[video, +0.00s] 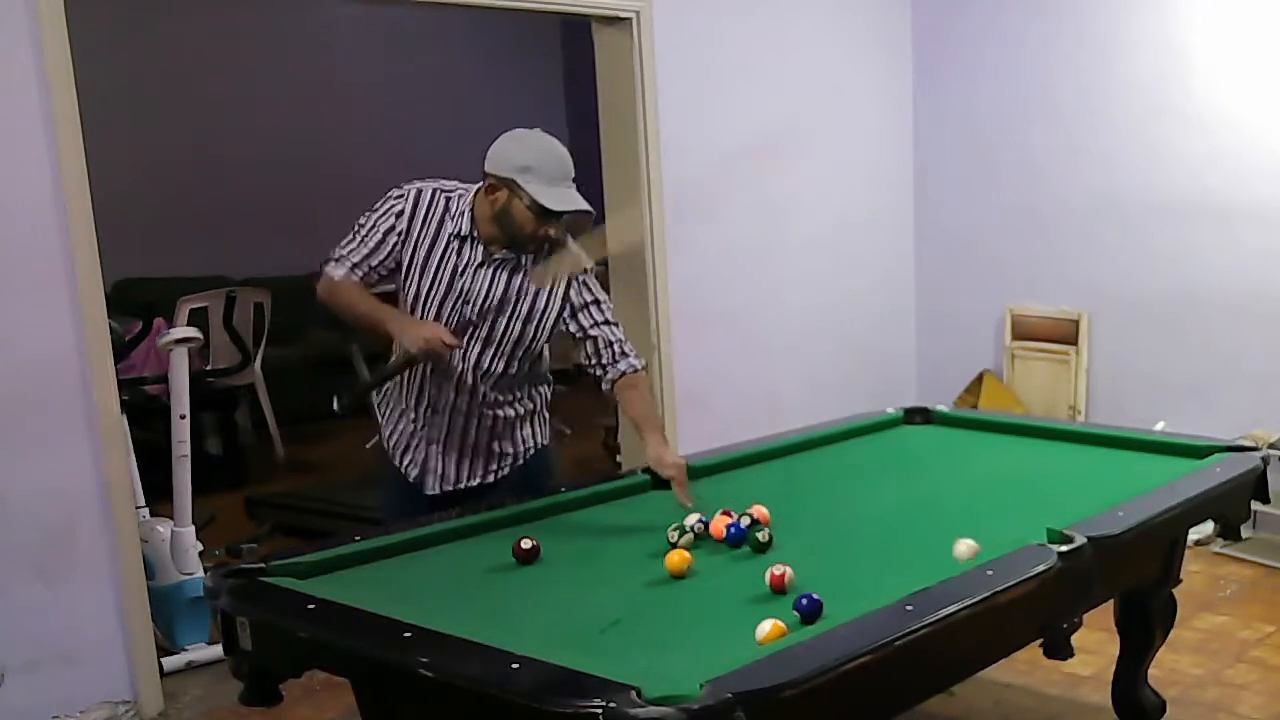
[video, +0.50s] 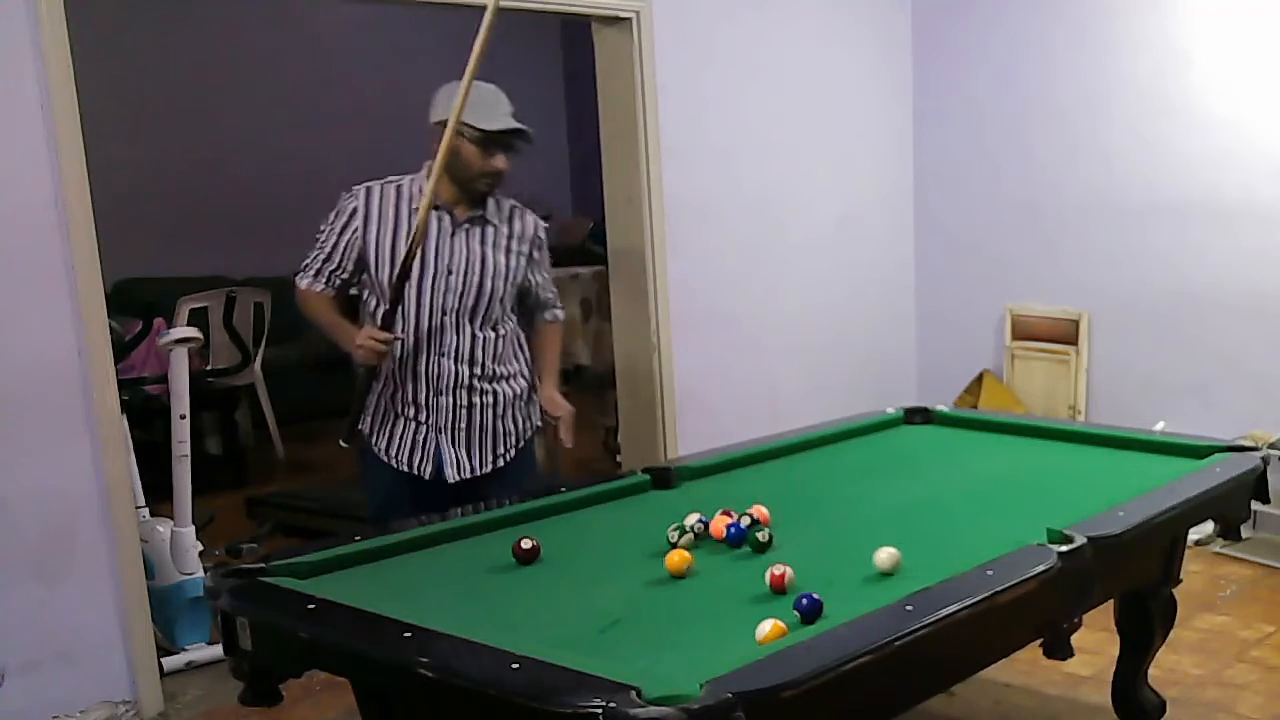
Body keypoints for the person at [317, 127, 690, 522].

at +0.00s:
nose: (555, 231)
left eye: (563, 217)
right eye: (544, 214)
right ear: (497, 193)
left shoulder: (564, 265)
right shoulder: (417, 208)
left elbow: (618, 360)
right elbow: (334, 282)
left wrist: (656, 442)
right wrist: (398, 325)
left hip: (514, 454)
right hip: (416, 447)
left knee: (528, 592)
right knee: (414, 597)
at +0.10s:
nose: (557, 220)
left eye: (563, 207)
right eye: (548, 205)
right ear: (500, 185)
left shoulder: (569, 264)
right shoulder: (413, 208)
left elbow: (617, 354)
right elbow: (328, 273)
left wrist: (641, 429)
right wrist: (377, 319)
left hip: (512, 444)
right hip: (415, 436)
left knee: (529, 584)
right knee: (414, 587)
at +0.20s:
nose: (555, 202)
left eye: (562, 189)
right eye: (544, 185)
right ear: (502, 167)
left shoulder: (566, 254)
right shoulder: (410, 206)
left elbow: (608, 339)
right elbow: (329, 269)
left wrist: (620, 413)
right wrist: (363, 320)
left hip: (514, 449)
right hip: (411, 442)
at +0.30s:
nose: (545, 187)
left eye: (551, 172)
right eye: (534, 169)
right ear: (494, 154)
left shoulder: (557, 246)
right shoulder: (399, 205)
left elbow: (590, 326)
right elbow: (327, 271)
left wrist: (593, 406)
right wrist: (358, 324)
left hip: (511, 448)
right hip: (411, 444)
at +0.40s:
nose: (527, 174)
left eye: (532, 160)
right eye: (513, 157)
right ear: (470, 144)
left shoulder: (542, 237)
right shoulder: (384, 206)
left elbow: (568, 319)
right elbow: (320, 281)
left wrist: (568, 394)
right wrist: (356, 330)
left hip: (507, 440)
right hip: (406, 437)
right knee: (408, 584)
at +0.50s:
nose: (500, 164)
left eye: (506, 150)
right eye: (485, 147)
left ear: (511, 150)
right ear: (443, 139)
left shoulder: (524, 229)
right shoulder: (368, 207)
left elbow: (547, 311)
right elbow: (310, 287)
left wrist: (548, 385)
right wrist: (350, 336)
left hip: (499, 436)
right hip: (402, 435)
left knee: (509, 573)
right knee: (408, 580)